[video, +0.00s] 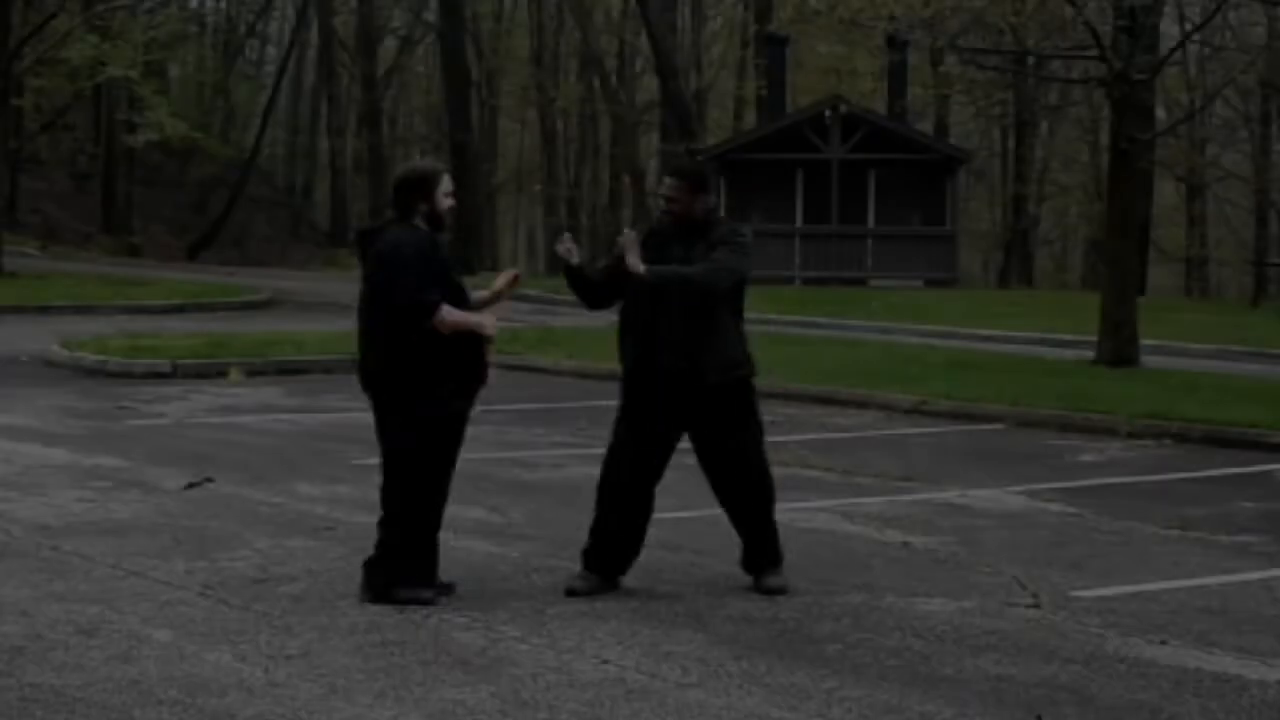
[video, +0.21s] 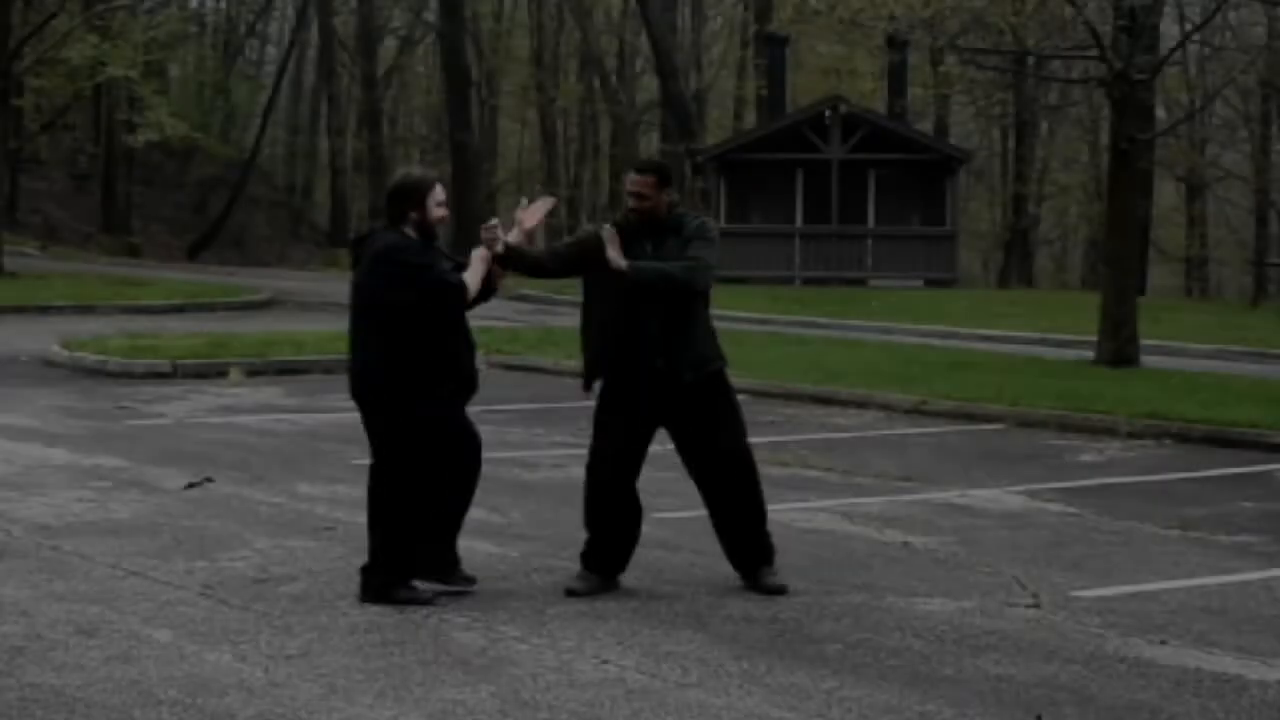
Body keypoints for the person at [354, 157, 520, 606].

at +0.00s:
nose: (452, 203)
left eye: (452, 195)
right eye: (446, 195)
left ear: (419, 200)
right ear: (423, 200)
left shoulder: (416, 243)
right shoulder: (410, 246)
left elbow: (442, 303)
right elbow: (430, 313)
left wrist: (488, 297)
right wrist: (478, 323)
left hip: (423, 382)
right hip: (414, 384)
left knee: (423, 480)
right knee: (414, 481)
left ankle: (416, 574)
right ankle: (397, 579)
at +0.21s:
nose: (445, 213)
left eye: (444, 205)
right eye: (438, 205)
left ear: (415, 211)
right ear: (414, 210)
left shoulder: (419, 249)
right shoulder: (400, 252)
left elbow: (470, 292)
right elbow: (452, 299)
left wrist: (497, 250)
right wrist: (479, 261)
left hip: (419, 387)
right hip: (402, 391)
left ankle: (433, 562)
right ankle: (387, 578)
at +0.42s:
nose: (449, 218)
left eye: (450, 209)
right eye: (441, 210)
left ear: (419, 215)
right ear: (415, 213)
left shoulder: (431, 255)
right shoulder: (389, 257)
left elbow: (468, 304)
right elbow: (437, 308)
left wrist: (513, 268)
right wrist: (476, 267)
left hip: (436, 399)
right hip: (393, 404)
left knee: (466, 484)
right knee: (392, 493)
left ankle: (468, 571)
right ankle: (386, 581)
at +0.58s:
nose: (458, 220)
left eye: (458, 212)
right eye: (450, 212)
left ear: (439, 216)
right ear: (423, 216)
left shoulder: (444, 260)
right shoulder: (392, 262)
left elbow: (475, 310)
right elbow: (427, 317)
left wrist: (522, 261)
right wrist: (476, 278)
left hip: (442, 403)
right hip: (394, 407)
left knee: (470, 474)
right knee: (391, 492)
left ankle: (469, 569)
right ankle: (385, 579)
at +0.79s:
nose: (472, 226)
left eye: (472, 218)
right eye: (464, 218)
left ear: (448, 222)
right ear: (438, 221)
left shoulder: (454, 264)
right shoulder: (408, 267)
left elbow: (479, 313)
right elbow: (451, 323)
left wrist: (523, 299)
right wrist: (493, 280)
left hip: (452, 406)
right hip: (409, 410)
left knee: (477, 483)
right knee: (399, 495)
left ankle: (502, 562)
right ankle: (385, 580)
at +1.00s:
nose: (500, 223)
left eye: (500, 215)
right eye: (493, 216)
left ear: (468, 223)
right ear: (468, 221)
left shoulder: (472, 263)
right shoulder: (452, 263)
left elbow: (507, 311)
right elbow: (523, 287)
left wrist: (554, 332)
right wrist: (569, 248)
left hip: (477, 402)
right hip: (441, 405)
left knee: (502, 481)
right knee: (423, 493)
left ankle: (512, 564)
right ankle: (386, 579)